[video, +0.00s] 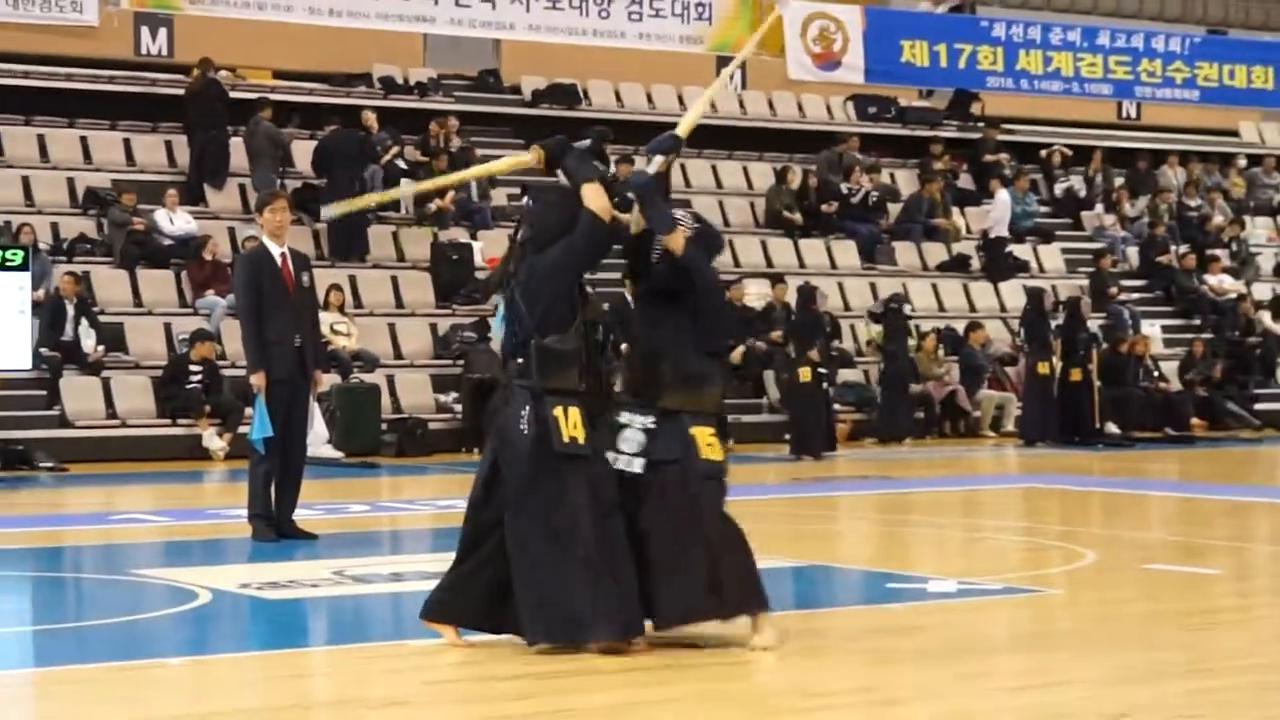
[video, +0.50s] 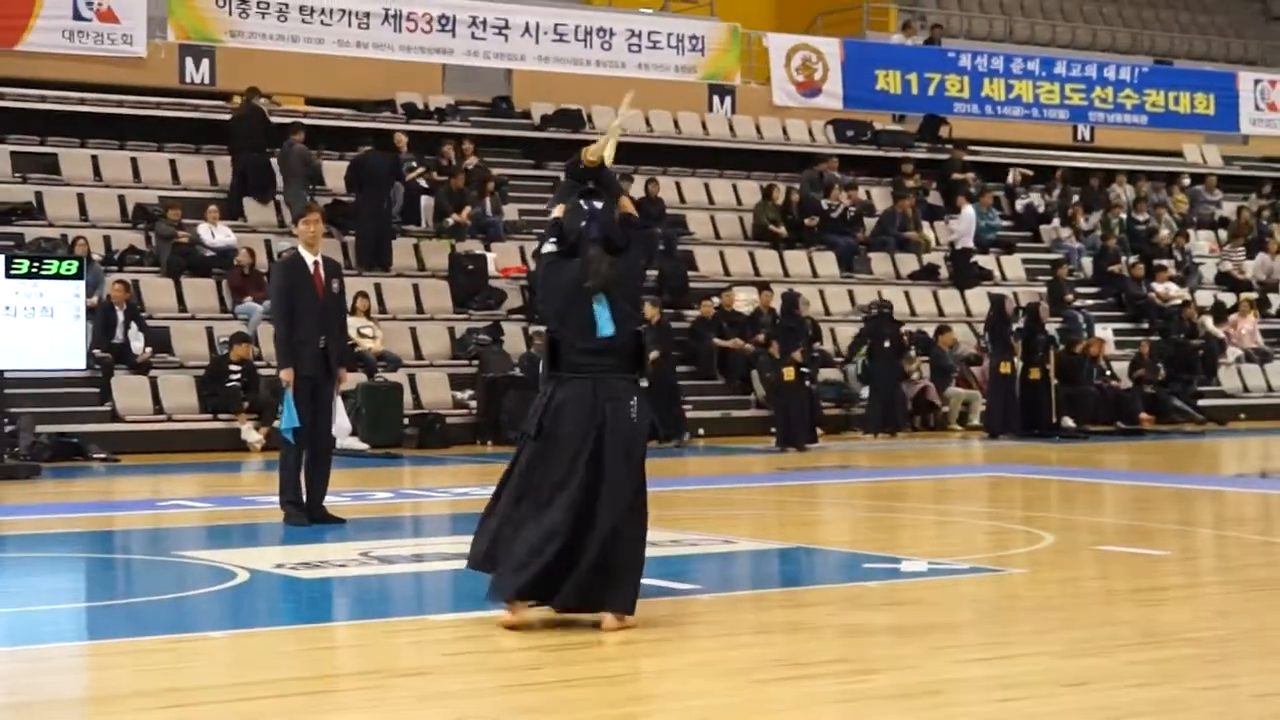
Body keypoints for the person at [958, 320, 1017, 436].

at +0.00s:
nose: (985, 335)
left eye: (984, 331)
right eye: (981, 331)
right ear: (971, 334)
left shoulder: (980, 351)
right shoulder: (967, 352)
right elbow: (982, 367)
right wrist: (990, 366)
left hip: (984, 389)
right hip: (971, 391)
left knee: (1010, 398)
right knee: (991, 397)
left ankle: (1007, 426)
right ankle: (984, 428)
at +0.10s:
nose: (982, 335)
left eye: (981, 331)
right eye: (978, 331)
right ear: (968, 334)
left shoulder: (977, 351)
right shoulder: (965, 352)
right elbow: (979, 367)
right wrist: (987, 366)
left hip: (981, 388)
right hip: (969, 390)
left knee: (1007, 397)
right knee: (987, 396)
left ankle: (1004, 425)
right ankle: (981, 427)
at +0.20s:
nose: (973, 335)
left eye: (972, 332)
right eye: (970, 332)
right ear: (960, 334)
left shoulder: (969, 350)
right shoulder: (955, 350)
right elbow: (968, 364)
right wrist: (977, 365)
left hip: (973, 387)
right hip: (959, 388)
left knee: (998, 396)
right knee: (978, 394)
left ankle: (994, 423)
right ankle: (972, 425)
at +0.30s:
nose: (962, 336)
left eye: (962, 333)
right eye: (959, 333)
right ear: (949, 335)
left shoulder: (958, 351)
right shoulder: (946, 351)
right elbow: (958, 365)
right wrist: (966, 367)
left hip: (963, 386)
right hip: (950, 388)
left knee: (986, 395)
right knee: (968, 393)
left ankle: (983, 422)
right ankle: (961, 423)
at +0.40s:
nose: (955, 337)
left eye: (954, 334)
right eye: (952, 334)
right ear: (943, 336)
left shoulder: (951, 351)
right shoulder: (938, 352)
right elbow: (951, 366)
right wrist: (958, 367)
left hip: (955, 386)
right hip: (943, 387)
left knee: (978, 395)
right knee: (961, 393)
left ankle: (976, 421)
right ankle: (954, 422)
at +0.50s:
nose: (952, 338)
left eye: (952, 335)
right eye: (949, 335)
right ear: (940, 337)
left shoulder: (948, 352)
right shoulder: (937, 353)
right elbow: (949, 368)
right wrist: (956, 368)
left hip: (952, 386)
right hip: (941, 388)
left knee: (976, 395)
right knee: (958, 394)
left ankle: (973, 420)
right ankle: (952, 422)